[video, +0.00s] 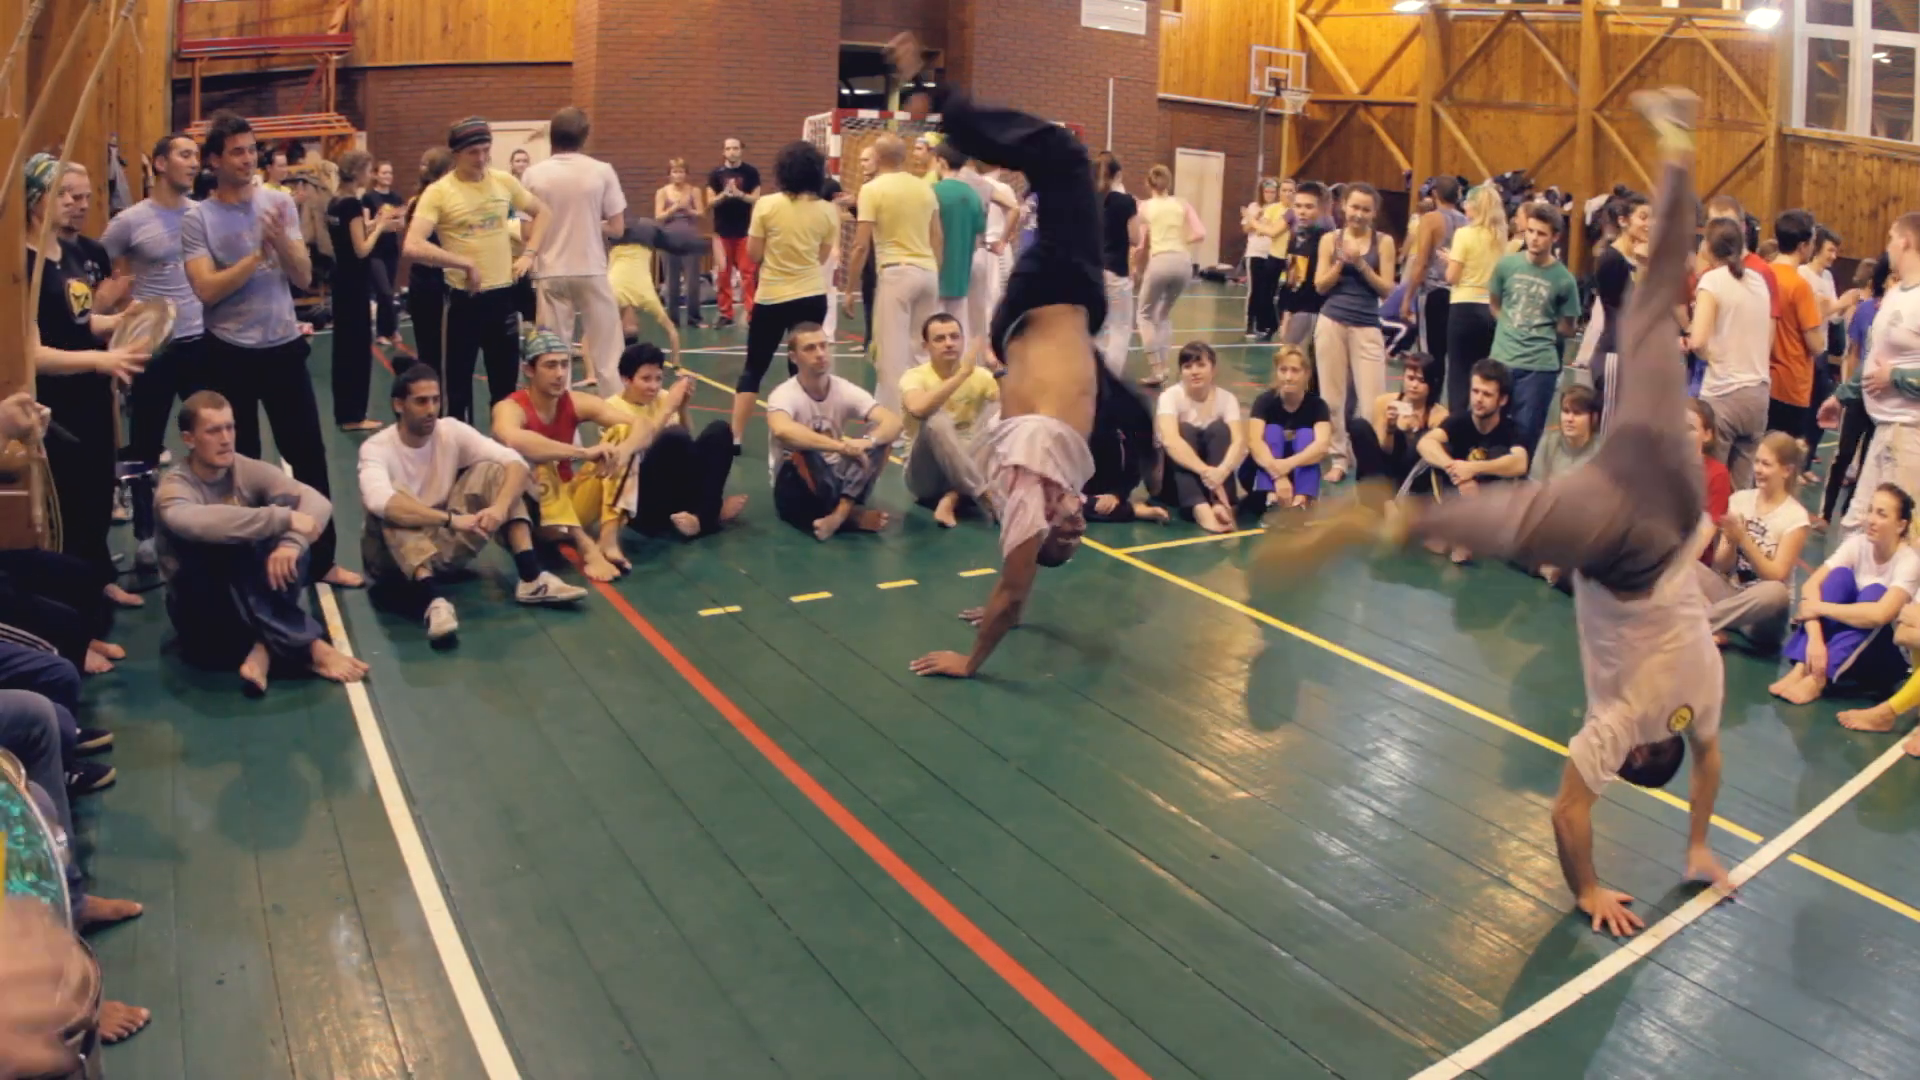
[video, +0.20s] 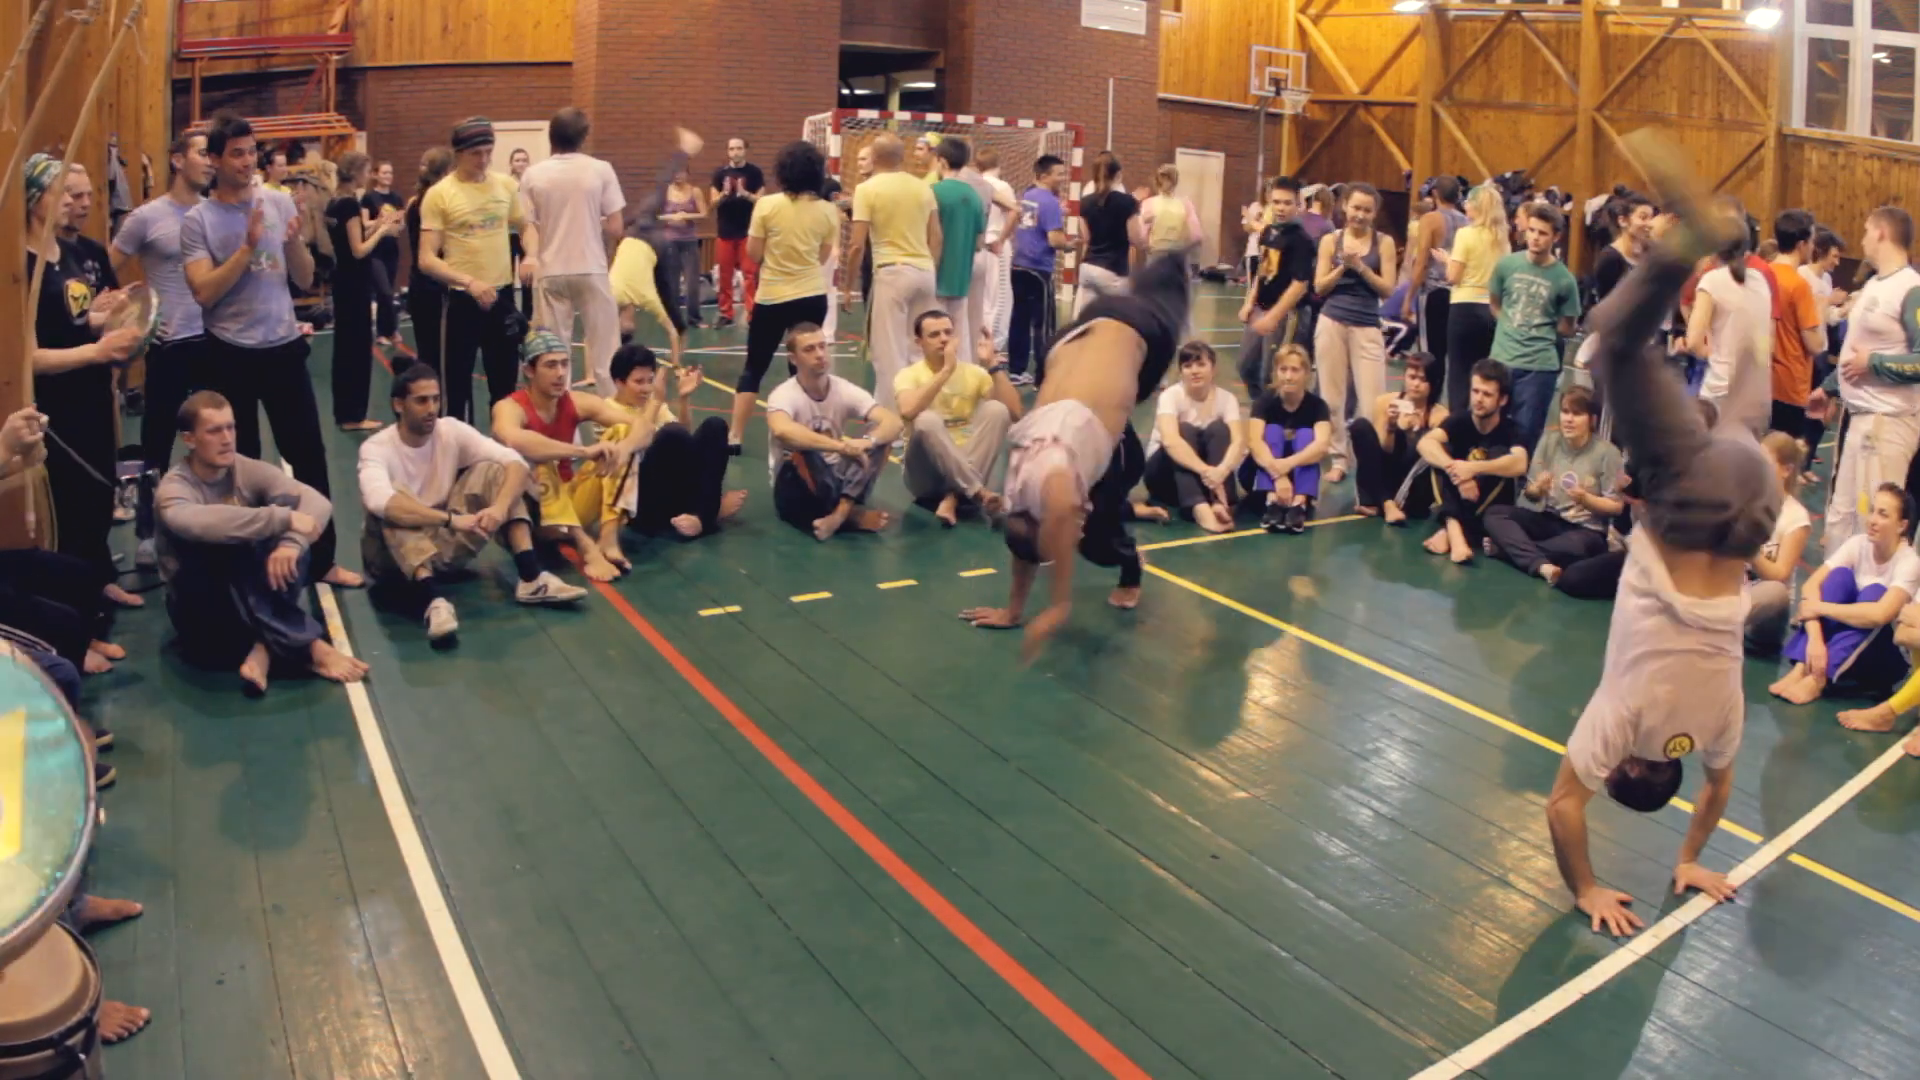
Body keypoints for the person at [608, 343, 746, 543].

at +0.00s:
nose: (653, 386)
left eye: (658, 379)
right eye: (646, 379)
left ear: (663, 378)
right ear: (627, 380)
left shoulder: (664, 399)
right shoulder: (612, 409)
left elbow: (686, 442)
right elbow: (637, 447)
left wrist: (683, 409)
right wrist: (669, 407)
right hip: (643, 512)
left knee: (720, 430)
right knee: (674, 439)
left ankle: (700, 518)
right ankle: (714, 511)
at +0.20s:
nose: (647, 388)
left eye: (651, 381)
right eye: (639, 382)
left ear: (655, 380)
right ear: (619, 382)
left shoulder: (655, 406)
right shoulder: (606, 413)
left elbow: (684, 436)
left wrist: (683, 399)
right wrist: (657, 400)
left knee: (715, 425)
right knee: (673, 436)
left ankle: (701, 516)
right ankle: (712, 508)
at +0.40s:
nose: (641, 382)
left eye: (644, 374)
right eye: (633, 376)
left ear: (648, 374)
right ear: (613, 383)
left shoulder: (654, 402)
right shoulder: (603, 422)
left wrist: (668, 419)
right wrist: (718, 508)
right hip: (645, 512)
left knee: (718, 426)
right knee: (675, 436)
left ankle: (701, 514)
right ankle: (713, 511)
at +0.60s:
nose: (638, 376)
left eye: (640, 368)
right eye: (628, 373)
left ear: (645, 369)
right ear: (612, 384)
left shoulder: (658, 403)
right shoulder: (604, 420)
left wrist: (678, 417)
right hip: (646, 512)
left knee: (719, 428)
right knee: (677, 438)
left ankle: (701, 516)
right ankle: (718, 514)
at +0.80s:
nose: (640, 375)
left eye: (642, 368)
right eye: (631, 373)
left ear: (647, 368)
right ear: (615, 384)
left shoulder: (660, 401)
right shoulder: (608, 419)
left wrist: (670, 421)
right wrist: (662, 426)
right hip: (646, 512)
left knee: (724, 430)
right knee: (676, 439)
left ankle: (701, 515)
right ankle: (719, 513)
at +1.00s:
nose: (645, 375)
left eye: (647, 367)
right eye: (635, 372)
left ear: (652, 368)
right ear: (619, 383)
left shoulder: (665, 400)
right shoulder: (613, 413)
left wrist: (677, 418)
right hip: (647, 512)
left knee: (727, 432)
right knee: (676, 440)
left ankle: (703, 518)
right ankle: (719, 513)